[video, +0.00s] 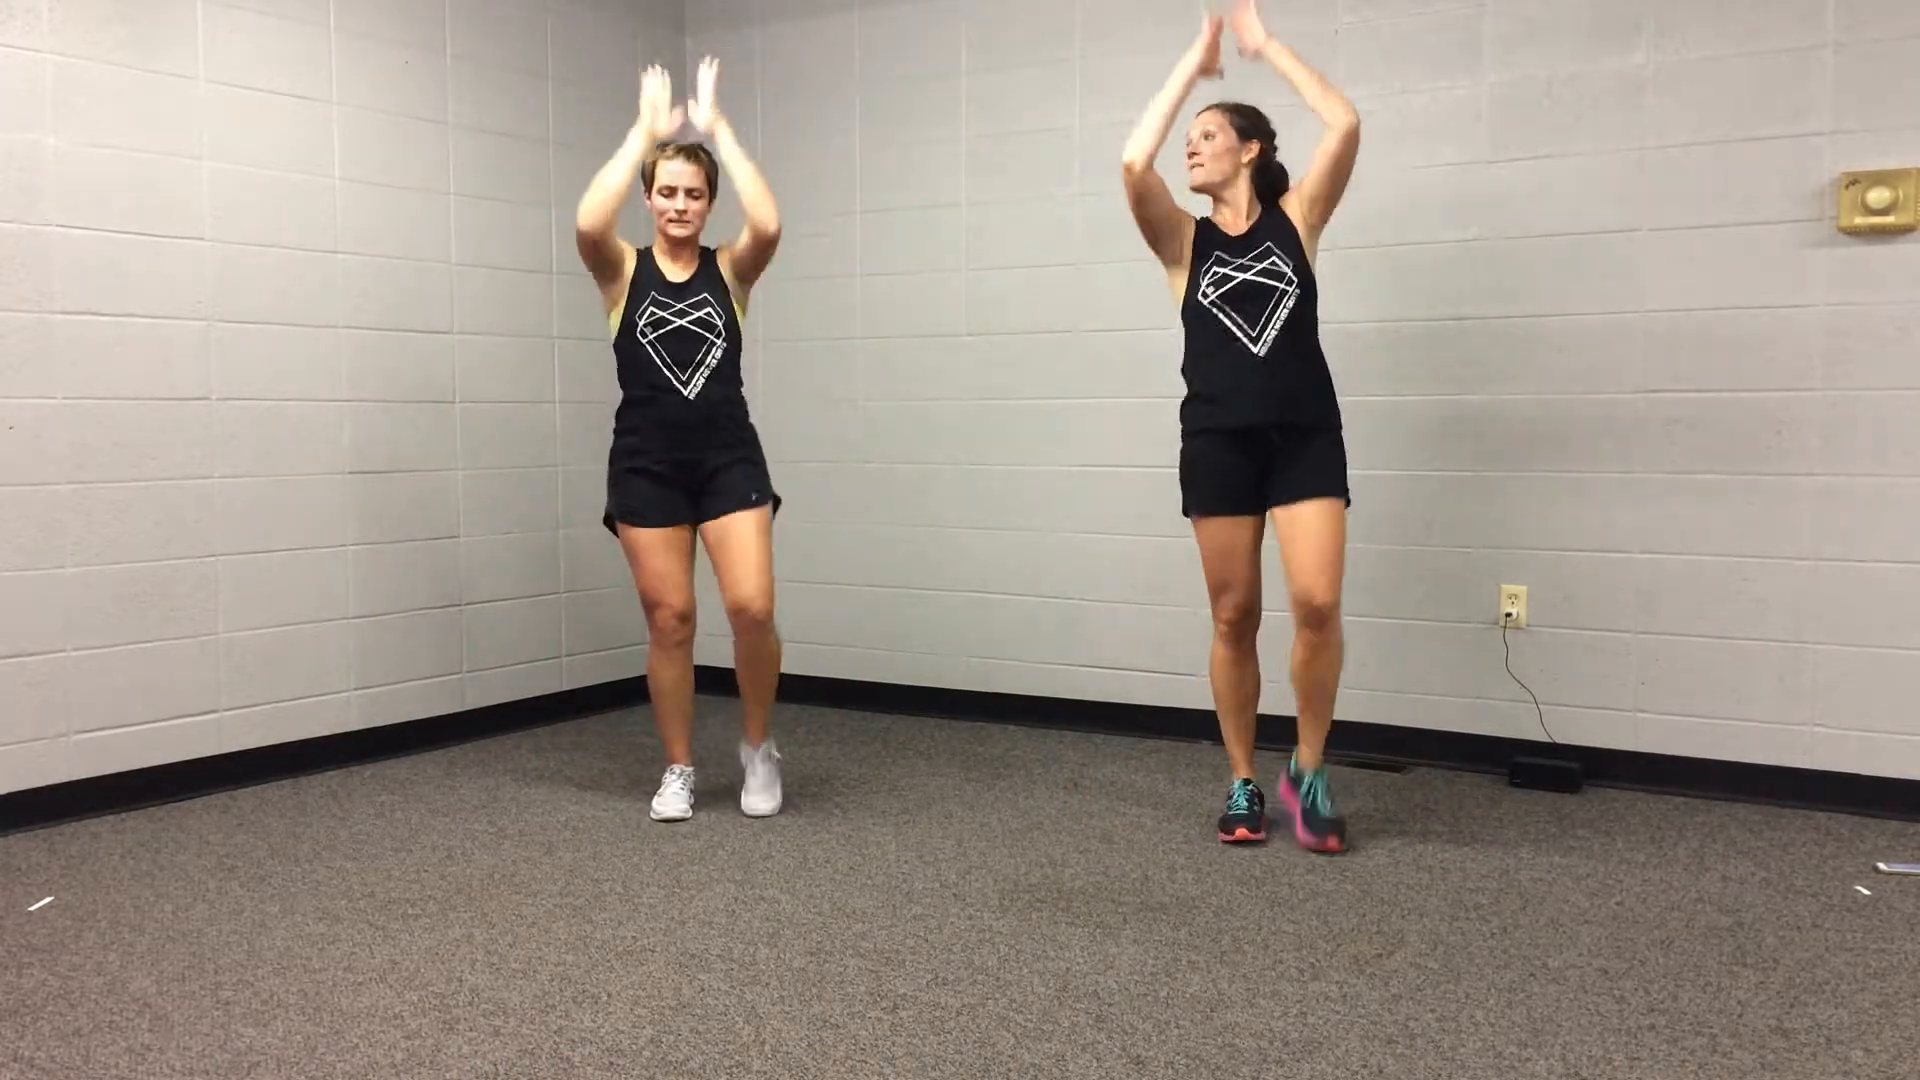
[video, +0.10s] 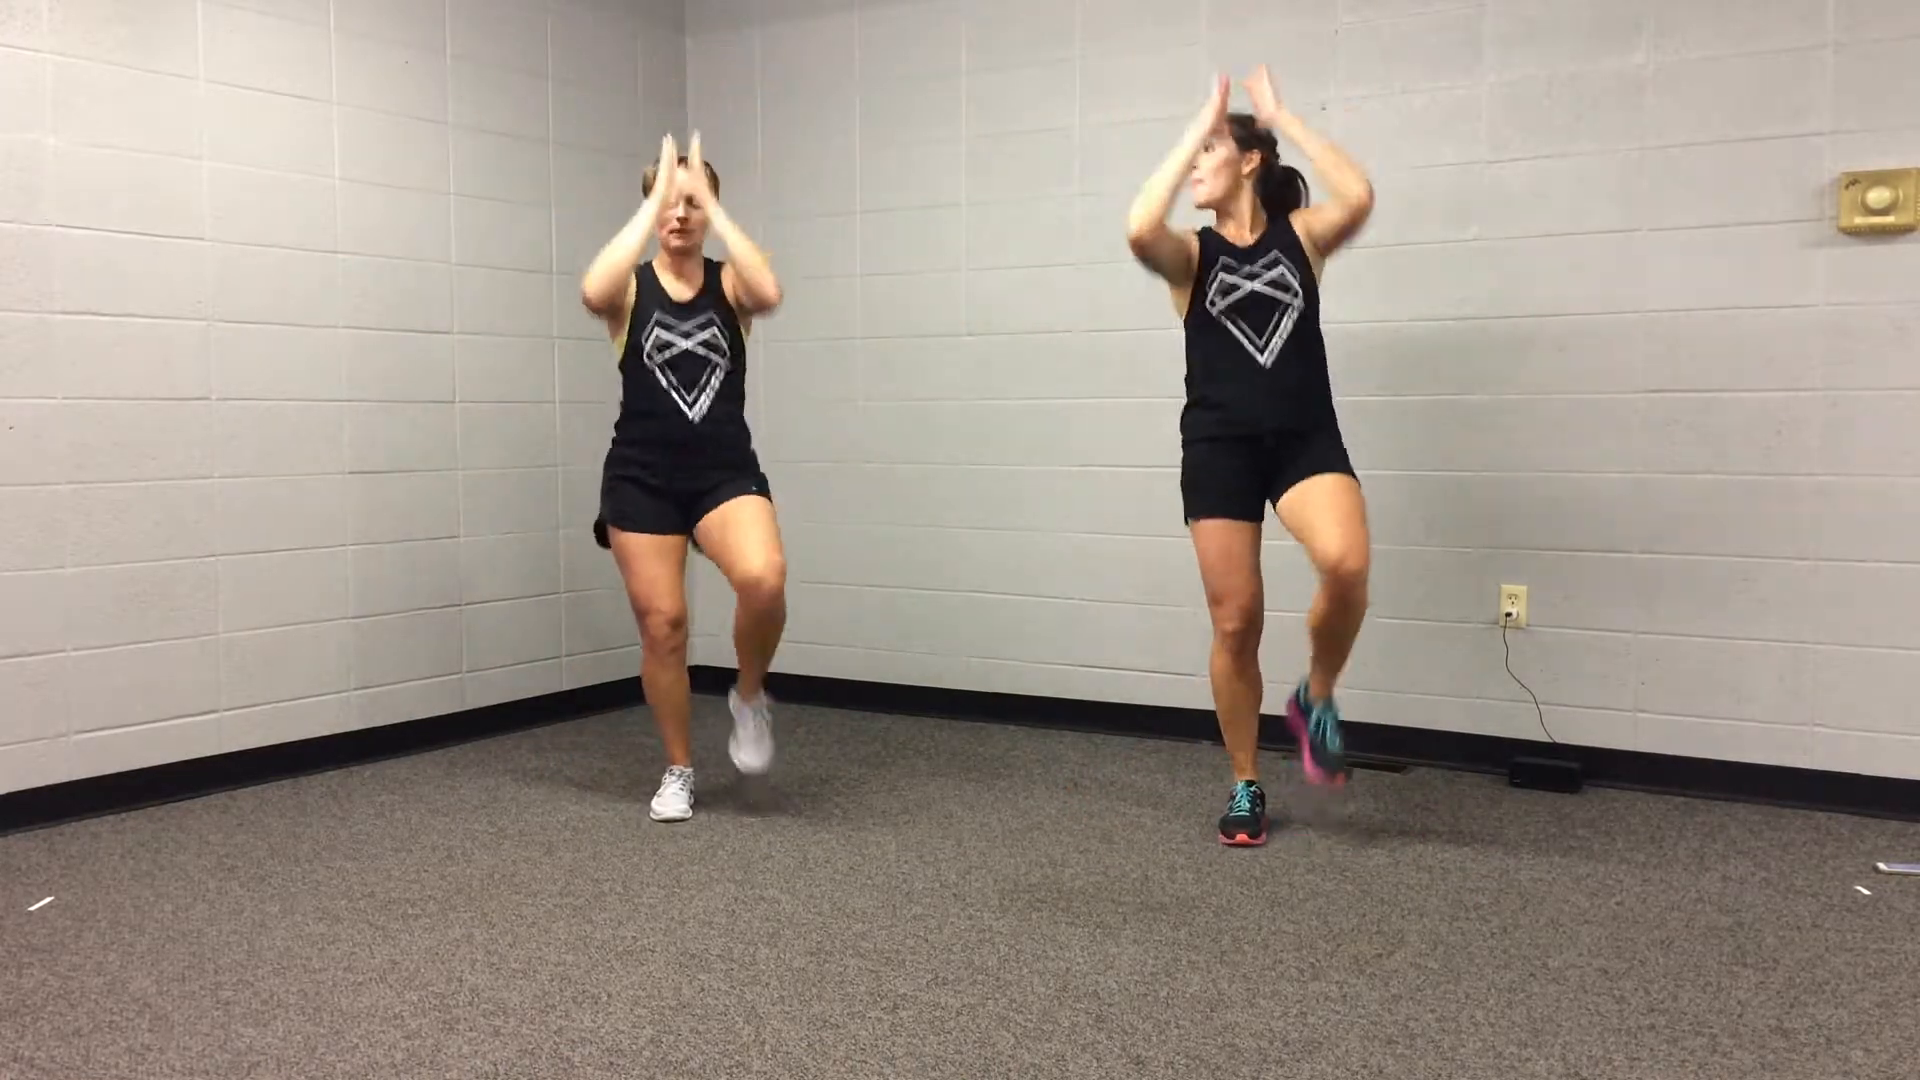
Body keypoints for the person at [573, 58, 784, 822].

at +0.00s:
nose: (680, 203)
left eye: (694, 193)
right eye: (668, 191)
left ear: (710, 202)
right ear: (649, 198)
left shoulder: (731, 270)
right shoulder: (620, 270)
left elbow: (766, 227)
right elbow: (590, 226)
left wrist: (716, 128)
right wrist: (645, 132)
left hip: (729, 458)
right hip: (646, 464)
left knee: (753, 608)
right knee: (668, 619)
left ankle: (758, 749)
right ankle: (678, 767)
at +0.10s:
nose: (680, 212)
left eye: (693, 201)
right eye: (669, 199)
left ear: (713, 214)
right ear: (651, 212)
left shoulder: (731, 279)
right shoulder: (628, 280)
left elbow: (767, 294)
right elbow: (595, 291)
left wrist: (716, 212)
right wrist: (650, 207)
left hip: (724, 470)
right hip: (642, 475)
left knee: (764, 579)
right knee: (662, 623)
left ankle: (749, 698)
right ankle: (677, 768)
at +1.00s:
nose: (717, 175)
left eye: (729, 170)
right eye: (703, 172)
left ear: (747, 199)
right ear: (684, 202)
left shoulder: (785, 272)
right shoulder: (655, 283)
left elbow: (815, 370)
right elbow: (624, 384)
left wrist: (842, 456)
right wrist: (596, 470)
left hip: (747, 474)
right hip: (663, 474)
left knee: (734, 625)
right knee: (669, 623)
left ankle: (727, 767)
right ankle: (651, 767)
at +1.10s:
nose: (715, 172)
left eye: (727, 168)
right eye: (701, 170)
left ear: (747, 199)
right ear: (683, 201)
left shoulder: (784, 275)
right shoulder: (654, 281)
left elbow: (835, 366)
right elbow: (603, 376)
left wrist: (892, 441)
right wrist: (549, 455)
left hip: (755, 469)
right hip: (672, 465)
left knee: (738, 626)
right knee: (655, 609)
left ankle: (728, 766)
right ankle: (653, 746)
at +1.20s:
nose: (720, 185)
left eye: (730, 180)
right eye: (707, 182)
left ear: (749, 210)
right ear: (687, 212)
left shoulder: (783, 286)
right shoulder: (652, 285)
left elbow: (864, 347)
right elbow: (572, 356)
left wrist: (935, 393)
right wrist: (491, 413)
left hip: (763, 474)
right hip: (681, 471)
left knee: (748, 630)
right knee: (644, 574)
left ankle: (730, 768)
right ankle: (658, 689)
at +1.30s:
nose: (721, 173)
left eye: (733, 169)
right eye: (707, 168)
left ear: (751, 200)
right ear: (685, 197)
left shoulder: (783, 271)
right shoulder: (654, 269)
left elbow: (880, 301)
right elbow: (555, 304)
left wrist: (968, 321)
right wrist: (455, 326)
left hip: (762, 467)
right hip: (680, 462)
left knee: (744, 627)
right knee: (647, 574)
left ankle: (729, 766)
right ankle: (655, 691)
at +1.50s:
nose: (724, 167)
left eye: (736, 161)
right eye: (709, 163)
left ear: (755, 188)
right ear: (689, 192)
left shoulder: (785, 255)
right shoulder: (663, 250)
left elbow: (877, 214)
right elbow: (554, 209)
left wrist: (962, 168)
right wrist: (461, 160)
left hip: (756, 467)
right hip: (672, 465)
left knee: (736, 621)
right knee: (669, 621)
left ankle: (727, 768)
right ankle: (645, 774)